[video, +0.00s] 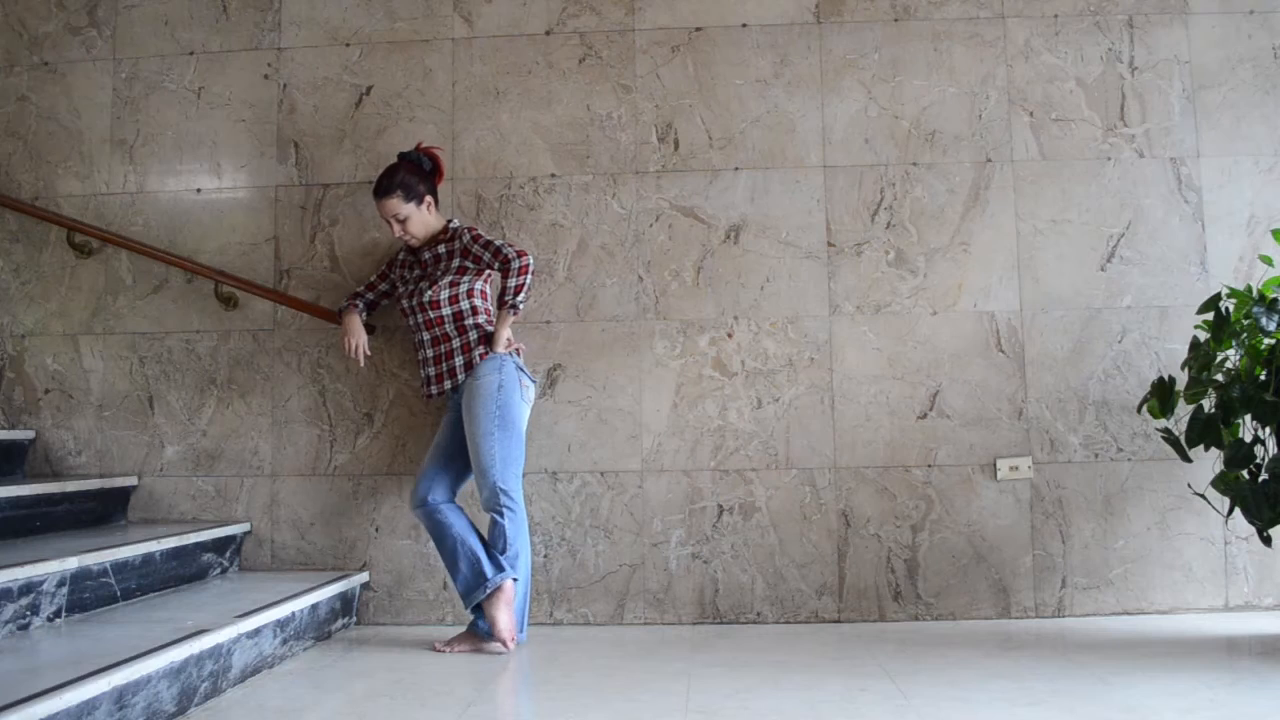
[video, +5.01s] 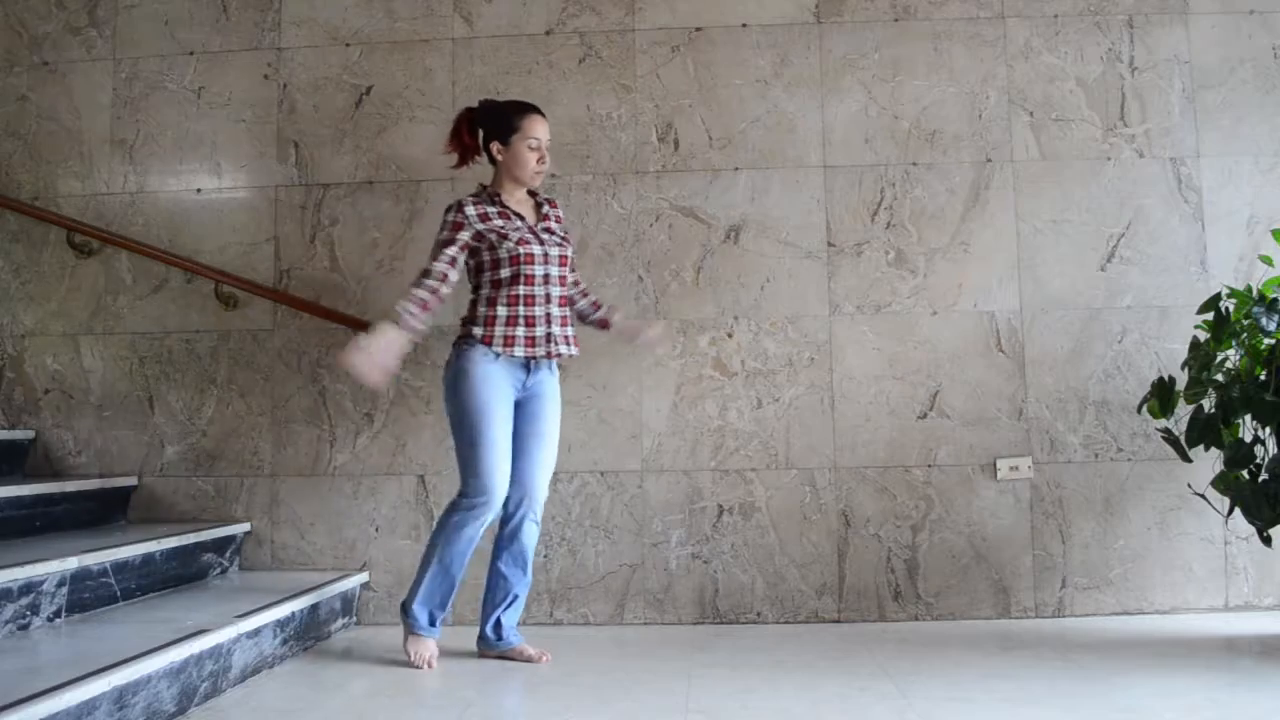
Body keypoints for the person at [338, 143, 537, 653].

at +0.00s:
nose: (397, 231)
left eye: (400, 219)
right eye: (389, 223)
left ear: (428, 202)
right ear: (391, 218)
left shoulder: (464, 239)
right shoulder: (405, 262)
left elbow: (517, 261)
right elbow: (364, 297)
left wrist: (505, 322)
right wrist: (352, 316)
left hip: (493, 371)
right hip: (460, 392)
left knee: (500, 492)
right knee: (430, 496)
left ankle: (499, 628)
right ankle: (494, 591)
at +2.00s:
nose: (408, 169)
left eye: (422, 166)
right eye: (413, 163)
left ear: (447, 189)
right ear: (421, 187)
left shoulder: (460, 228)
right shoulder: (405, 252)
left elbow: (503, 259)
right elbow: (376, 290)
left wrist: (503, 326)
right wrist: (350, 314)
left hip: (487, 365)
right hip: (448, 381)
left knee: (486, 490)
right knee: (448, 497)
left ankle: (499, 623)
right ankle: (474, 618)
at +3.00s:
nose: (435, 175)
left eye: (444, 165)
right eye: (432, 168)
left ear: (475, 169)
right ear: (433, 177)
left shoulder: (517, 232)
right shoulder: (427, 239)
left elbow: (538, 302)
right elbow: (395, 312)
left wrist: (553, 368)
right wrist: (355, 383)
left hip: (499, 372)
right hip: (442, 376)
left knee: (499, 487)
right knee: (457, 499)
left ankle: (533, 610)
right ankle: (475, 617)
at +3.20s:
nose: (450, 170)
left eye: (460, 161)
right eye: (444, 165)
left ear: (489, 170)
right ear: (440, 178)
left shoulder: (523, 232)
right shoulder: (429, 237)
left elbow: (536, 305)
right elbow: (427, 312)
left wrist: (539, 376)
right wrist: (442, 382)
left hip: (505, 376)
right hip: (448, 378)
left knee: (499, 486)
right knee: (459, 499)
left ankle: (529, 616)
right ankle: (476, 615)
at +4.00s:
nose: (507, 155)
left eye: (508, 148)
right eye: (496, 147)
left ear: (502, 160)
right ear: (461, 156)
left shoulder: (522, 221)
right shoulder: (432, 219)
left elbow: (547, 294)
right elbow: (403, 297)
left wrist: (580, 361)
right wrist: (373, 373)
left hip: (517, 369)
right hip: (455, 372)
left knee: (515, 479)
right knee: (472, 496)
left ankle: (535, 603)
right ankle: (483, 621)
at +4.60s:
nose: (539, 155)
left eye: (540, 146)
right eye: (528, 145)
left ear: (520, 154)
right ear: (493, 151)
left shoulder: (546, 224)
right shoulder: (453, 214)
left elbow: (580, 297)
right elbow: (397, 276)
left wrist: (629, 342)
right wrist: (326, 303)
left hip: (531, 374)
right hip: (467, 372)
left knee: (517, 502)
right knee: (470, 506)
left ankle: (501, 631)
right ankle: (466, 608)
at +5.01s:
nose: (544, 157)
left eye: (547, 148)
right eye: (534, 147)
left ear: (544, 153)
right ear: (498, 150)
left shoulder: (551, 214)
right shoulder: (470, 212)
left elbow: (570, 290)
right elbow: (435, 282)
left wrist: (621, 325)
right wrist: (393, 335)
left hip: (543, 370)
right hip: (484, 365)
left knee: (527, 503)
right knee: (484, 494)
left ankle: (500, 633)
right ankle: (422, 621)